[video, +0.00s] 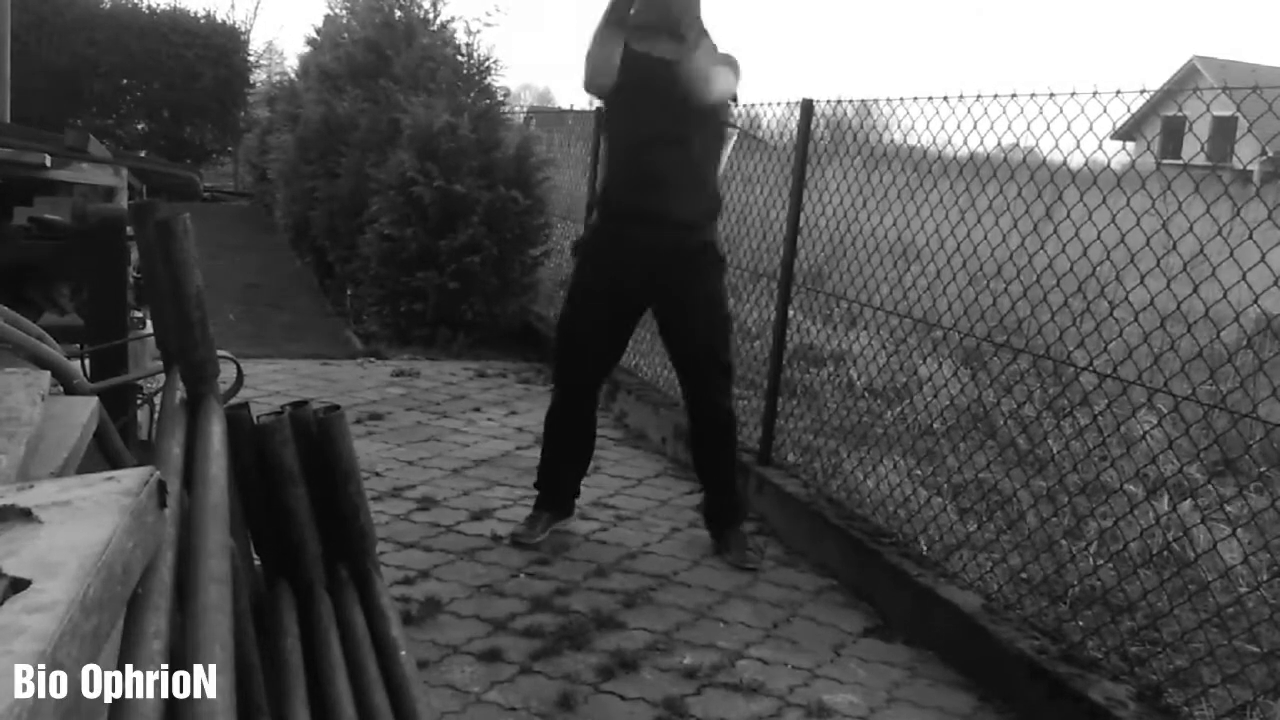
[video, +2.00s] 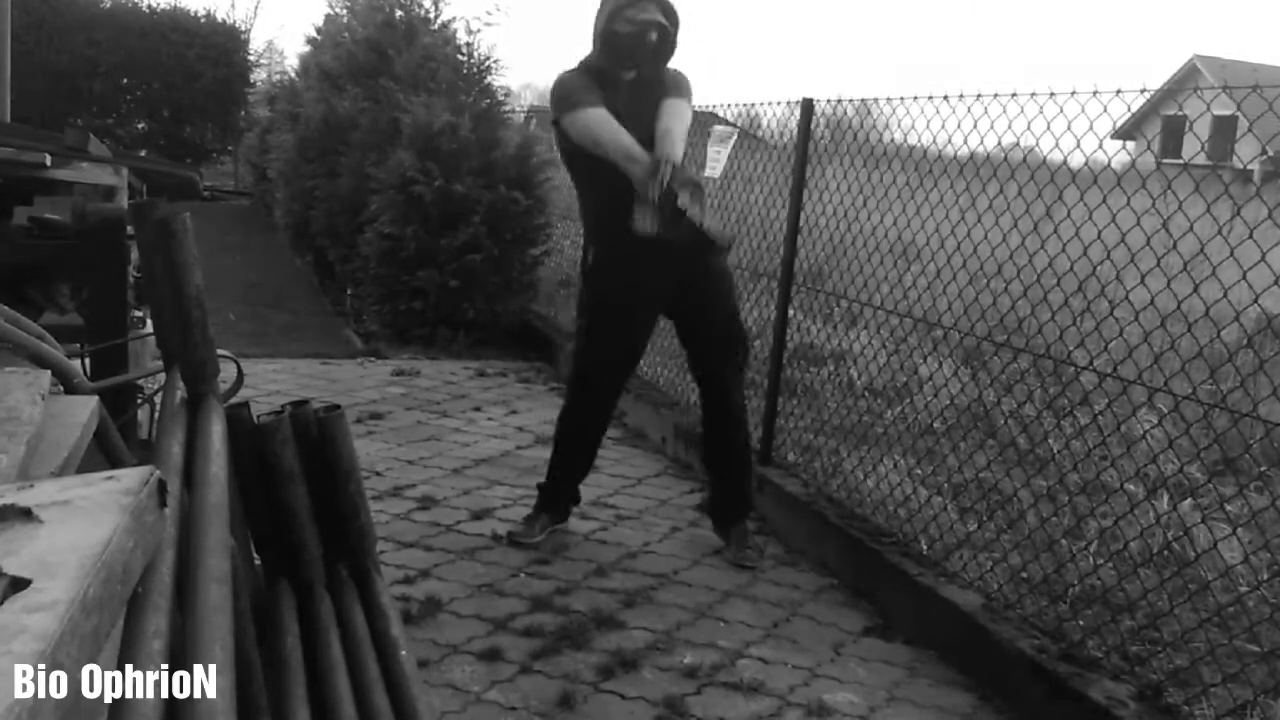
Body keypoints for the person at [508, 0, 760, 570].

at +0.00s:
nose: (670, 13)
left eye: (677, 7)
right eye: (660, 10)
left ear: (693, 12)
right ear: (645, 14)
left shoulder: (719, 65)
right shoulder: (623, 54)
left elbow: (707, 90)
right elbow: (596, 80)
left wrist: (691, 26)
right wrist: (616, 13)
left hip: (688, 253)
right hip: (614, 245)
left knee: (710, 390)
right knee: (575, 376)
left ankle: (727, 523)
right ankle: (553, 503)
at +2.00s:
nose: (642, 36)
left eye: (655, 28)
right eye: (629, 22)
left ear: (667, 39)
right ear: (604, 25)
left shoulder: (672, 82)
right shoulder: (573, 86)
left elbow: (673, 129)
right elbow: (615, 143)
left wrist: (669, 169)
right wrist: (651, 171)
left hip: (692, 259)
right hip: (621, 260)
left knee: (724, 386)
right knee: (592, 389)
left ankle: (733, 517)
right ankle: (552, 508)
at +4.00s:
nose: (631, 37)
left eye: (642, 28)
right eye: (622, 28)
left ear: (669, 25)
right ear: (616, 31)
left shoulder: (701, 77)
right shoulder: (628, 72)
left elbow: (662, 158)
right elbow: (604, 11)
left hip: (660, 255)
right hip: (596, 247)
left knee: (691, 390)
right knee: (570, 378)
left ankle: (723, 522)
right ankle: (547, 501)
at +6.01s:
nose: (661, 35)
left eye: (675, 24)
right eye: (649, 24)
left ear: (701, 33)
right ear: (636, 30)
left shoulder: (727, 84)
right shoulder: (626, 84)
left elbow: (792, 141)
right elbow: (563, 151)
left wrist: (760, 90)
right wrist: (572, 92)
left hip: (675, 259)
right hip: (605, 251)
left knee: (696, 393)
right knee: (563, 373)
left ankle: (720, 524)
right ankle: (541, 498)